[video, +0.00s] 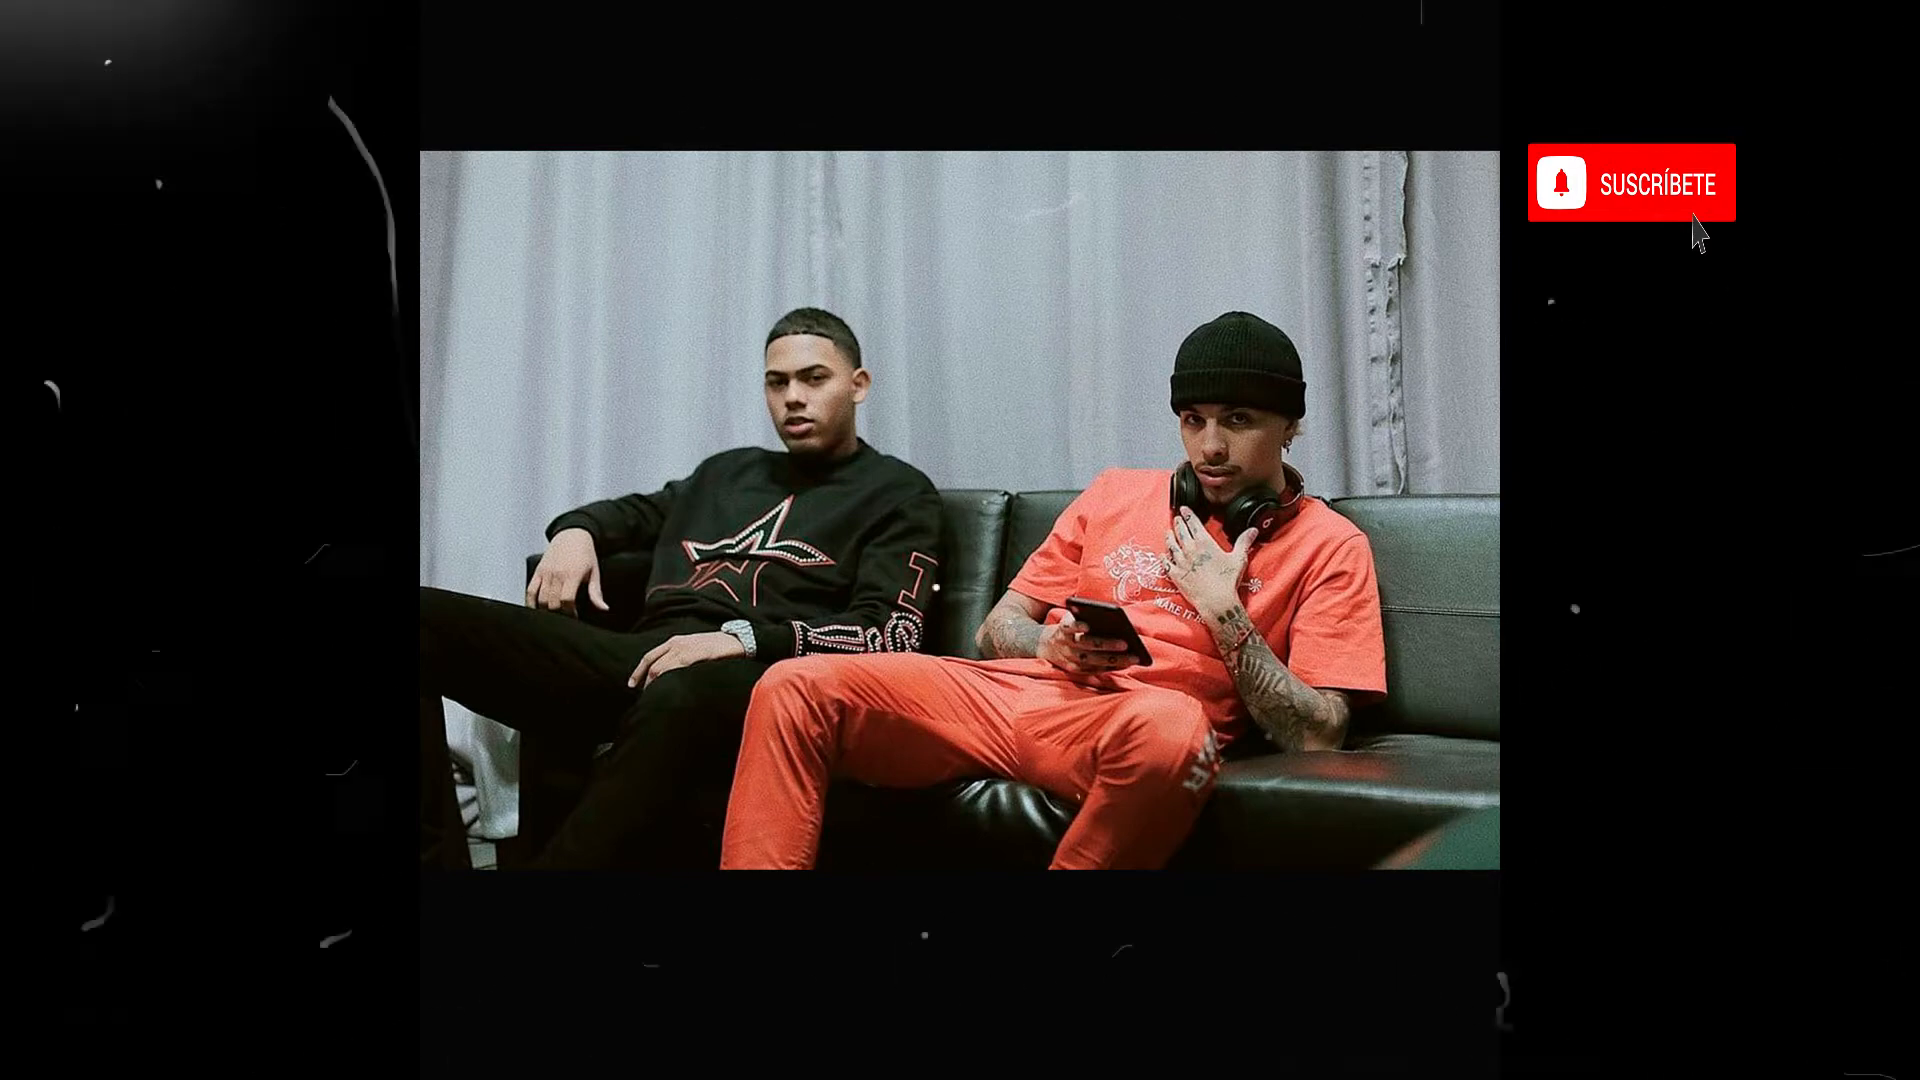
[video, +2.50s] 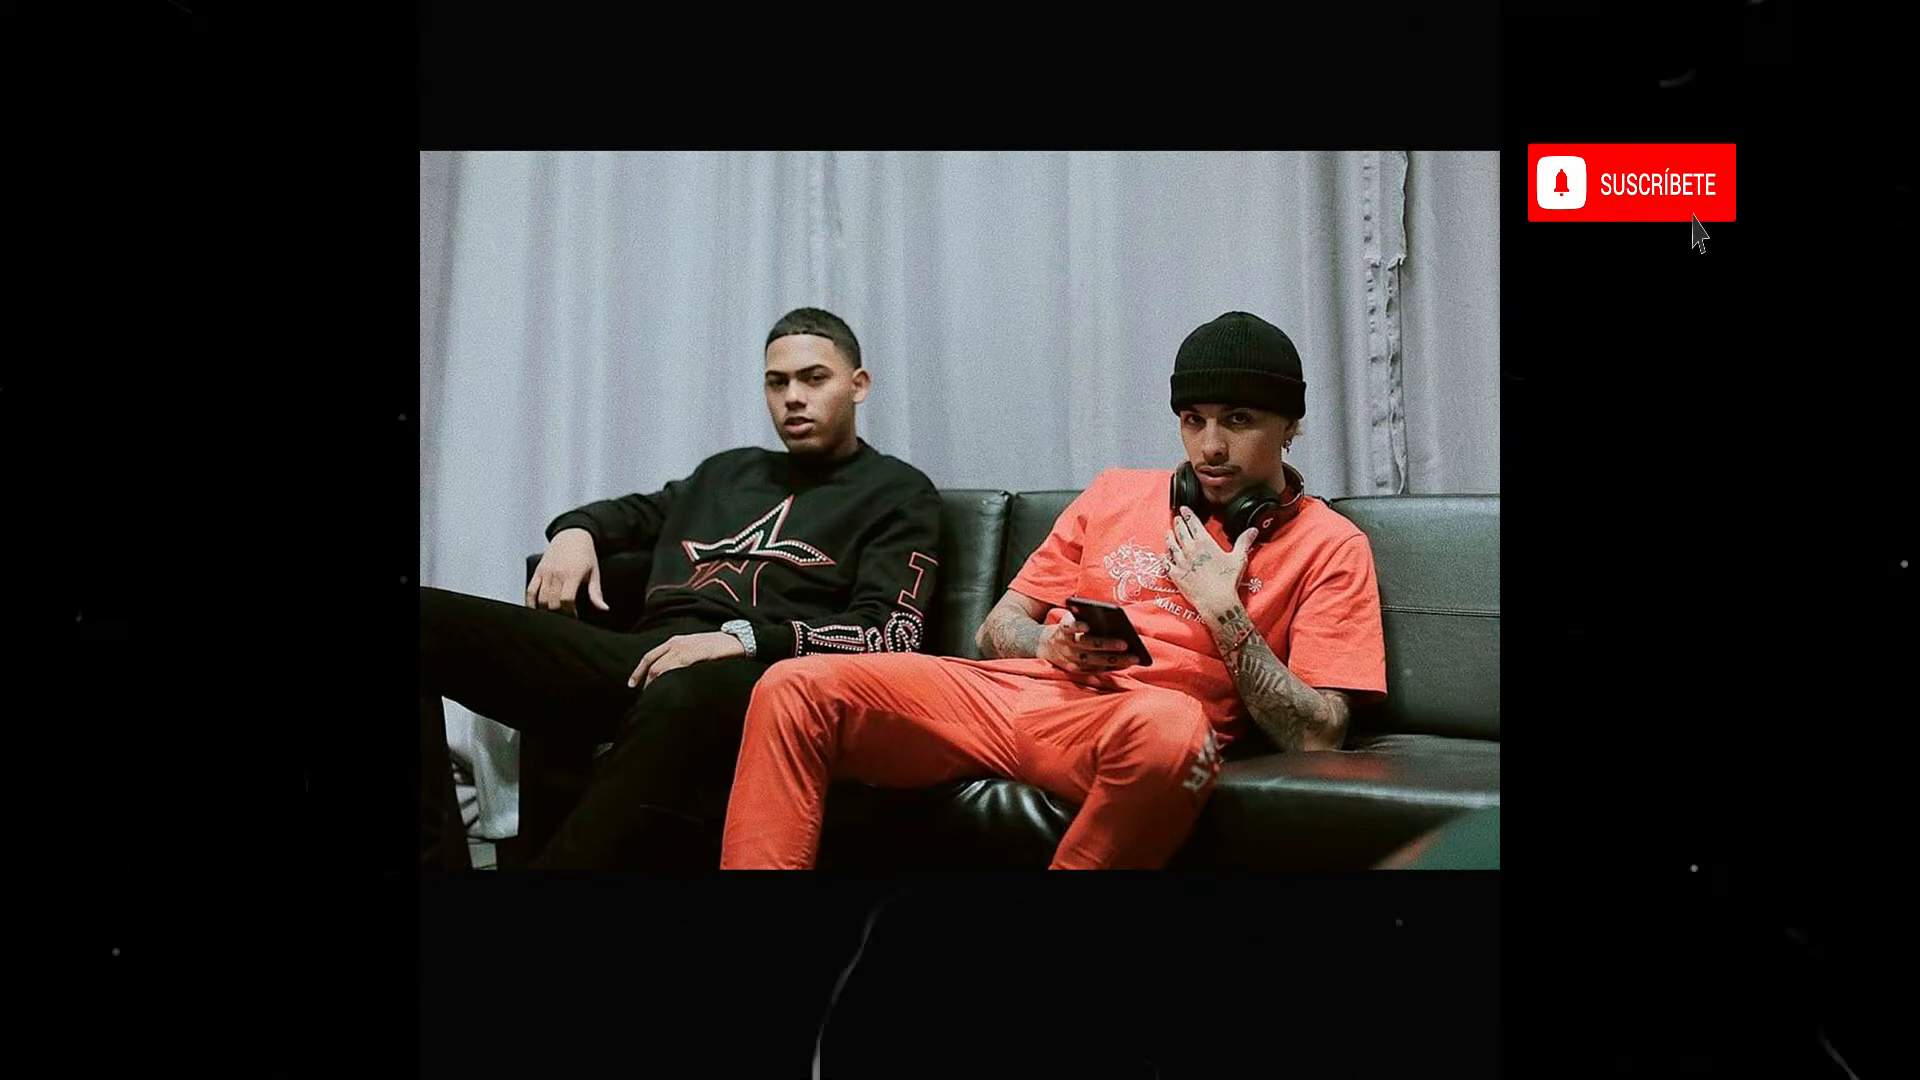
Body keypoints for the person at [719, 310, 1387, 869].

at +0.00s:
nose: (1210, 445)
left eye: (1238, 421)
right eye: (1196, 419)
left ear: (1289, 429)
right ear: (1179, 422)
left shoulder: (1328, 546)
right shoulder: (1118, 492)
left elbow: (1318, 734)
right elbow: (999, 626)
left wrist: (1227, 614)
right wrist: (1050, 647)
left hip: (1133, 707)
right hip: (1014, 685)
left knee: (1170, 747)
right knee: (792, 693)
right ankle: (758, 918)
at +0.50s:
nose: (1210, 445)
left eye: (1238, 421)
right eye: (1195, 419)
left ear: (1288, 429)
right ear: (1179, 422)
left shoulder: (1329, 546)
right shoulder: (1118, 493)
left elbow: (1318, 735)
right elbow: (999, 626)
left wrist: (1227, 615)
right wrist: (1051, 647)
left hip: (1131, 708)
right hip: (1013, 685)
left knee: (1171, 745)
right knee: (792, 693)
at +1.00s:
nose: (1210, 445)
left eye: (1238, 421)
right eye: (1196, 419)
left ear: (1289, 428)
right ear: (1179, 422)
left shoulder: (1328, 546)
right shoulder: (1118, 493)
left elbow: (1318, 734)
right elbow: (999, 626)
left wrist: (1226, 614)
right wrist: (1050, 647)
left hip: (1133, 708)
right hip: (1014, 685)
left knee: (1170, 747)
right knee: (792, 693)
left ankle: (1042, 954)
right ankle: (762, 942)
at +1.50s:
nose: (1210, 445)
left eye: (1238, 421)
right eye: (1196, 419)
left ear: (1289, 429)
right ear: (1179, 422)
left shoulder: (1328, 546)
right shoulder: (1118, 492)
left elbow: (1318, 734)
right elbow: (999, 626)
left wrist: (1226, 614)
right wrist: (1050, 647)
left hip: (1130, 709)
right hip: (1013, 685)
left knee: (1171, 746)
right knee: (792, 693)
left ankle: (1036, 960)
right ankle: (758, 925)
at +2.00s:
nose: (1211, 445)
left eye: (1238, 421)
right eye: (1196, 419)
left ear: (1289, 429)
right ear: (1178, 422)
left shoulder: (1329, 545)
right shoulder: (1118, 492)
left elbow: (1318, 735)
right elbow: (999, 627)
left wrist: (1227, 615)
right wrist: (1050, 647)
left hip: (1129, 709)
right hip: (1013, 686)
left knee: (1171, 746)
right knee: (792, 693)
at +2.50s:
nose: (1210, 445)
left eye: (1238, 421)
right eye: (1196, 419)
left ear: (1289, 429)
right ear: (1179, 422)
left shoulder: (1328, 546)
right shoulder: (1118, 493)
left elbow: (1318, 734)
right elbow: (999, 626)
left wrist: (1226, 614)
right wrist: (1050, 646)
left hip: (1132, 708)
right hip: (1013, 685)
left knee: (1170, 747)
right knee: (792, 693)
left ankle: (1047, 951)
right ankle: (756, 951)